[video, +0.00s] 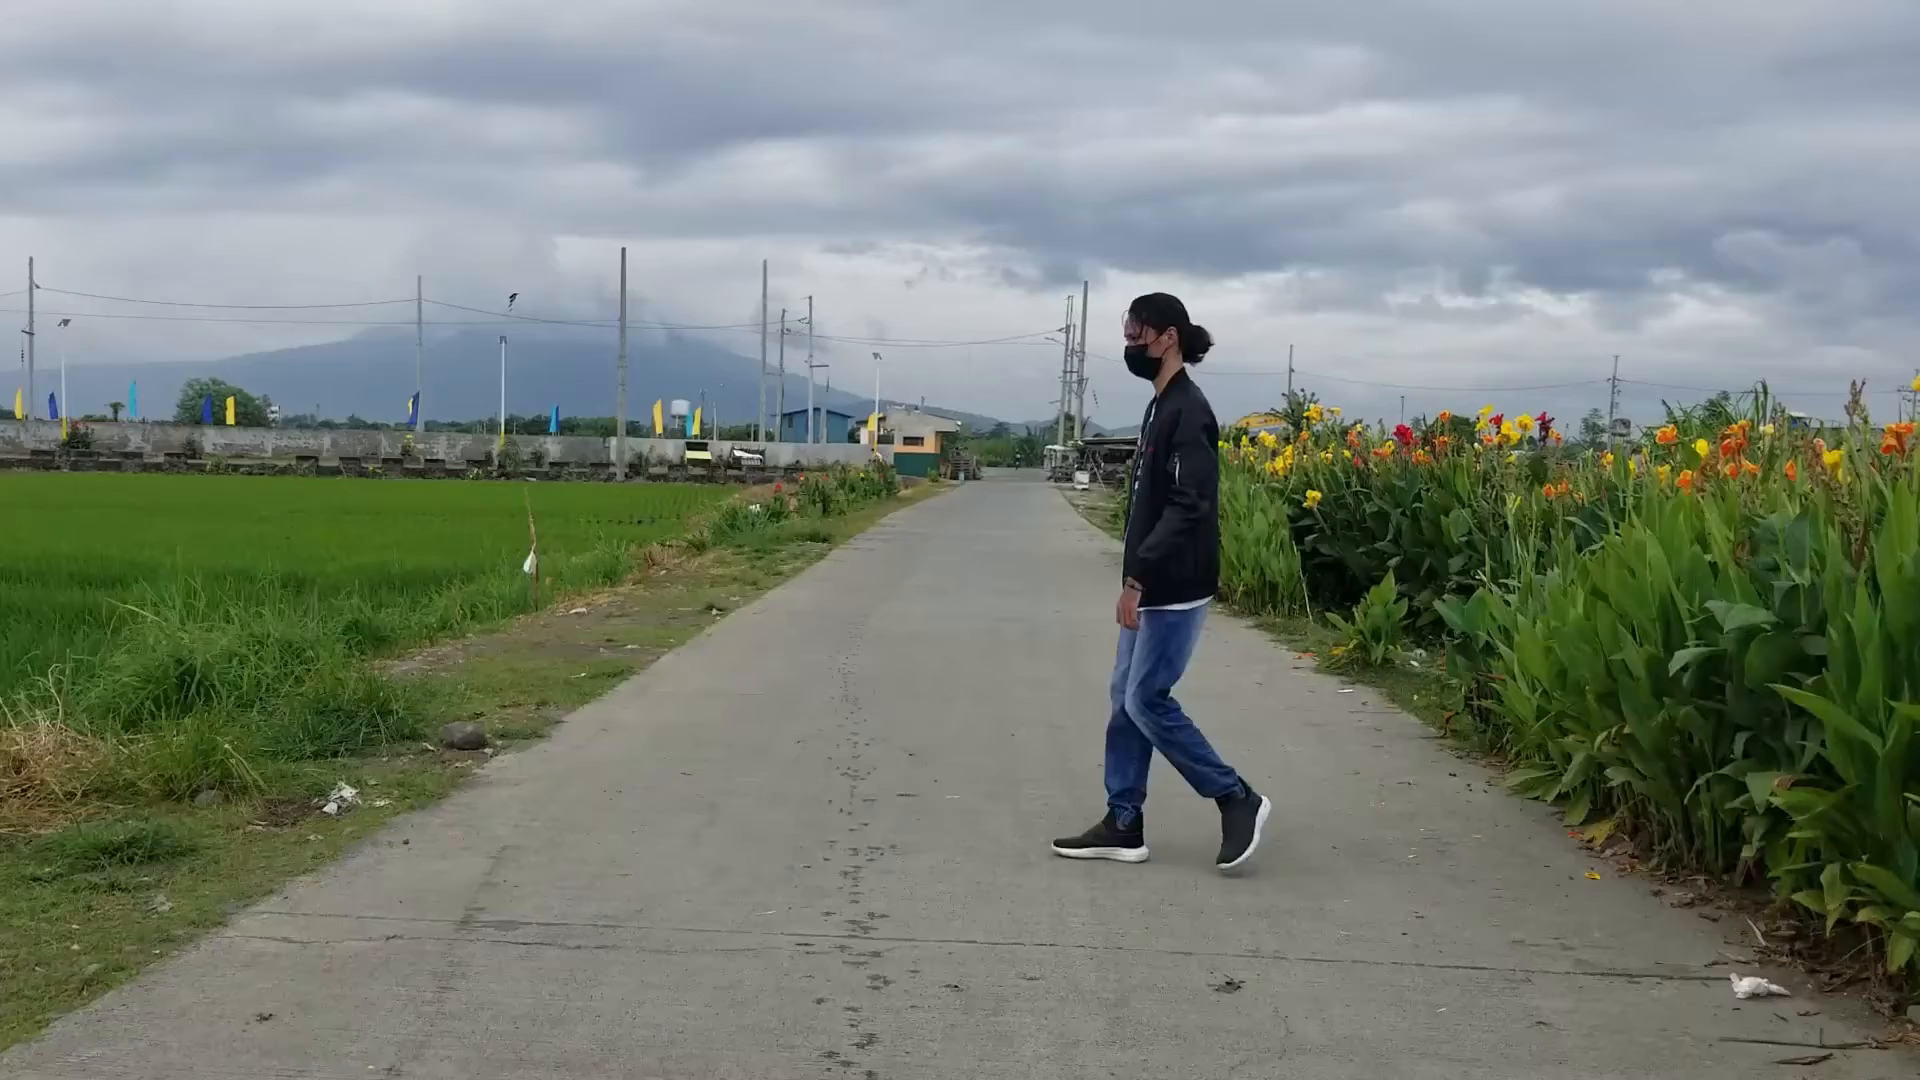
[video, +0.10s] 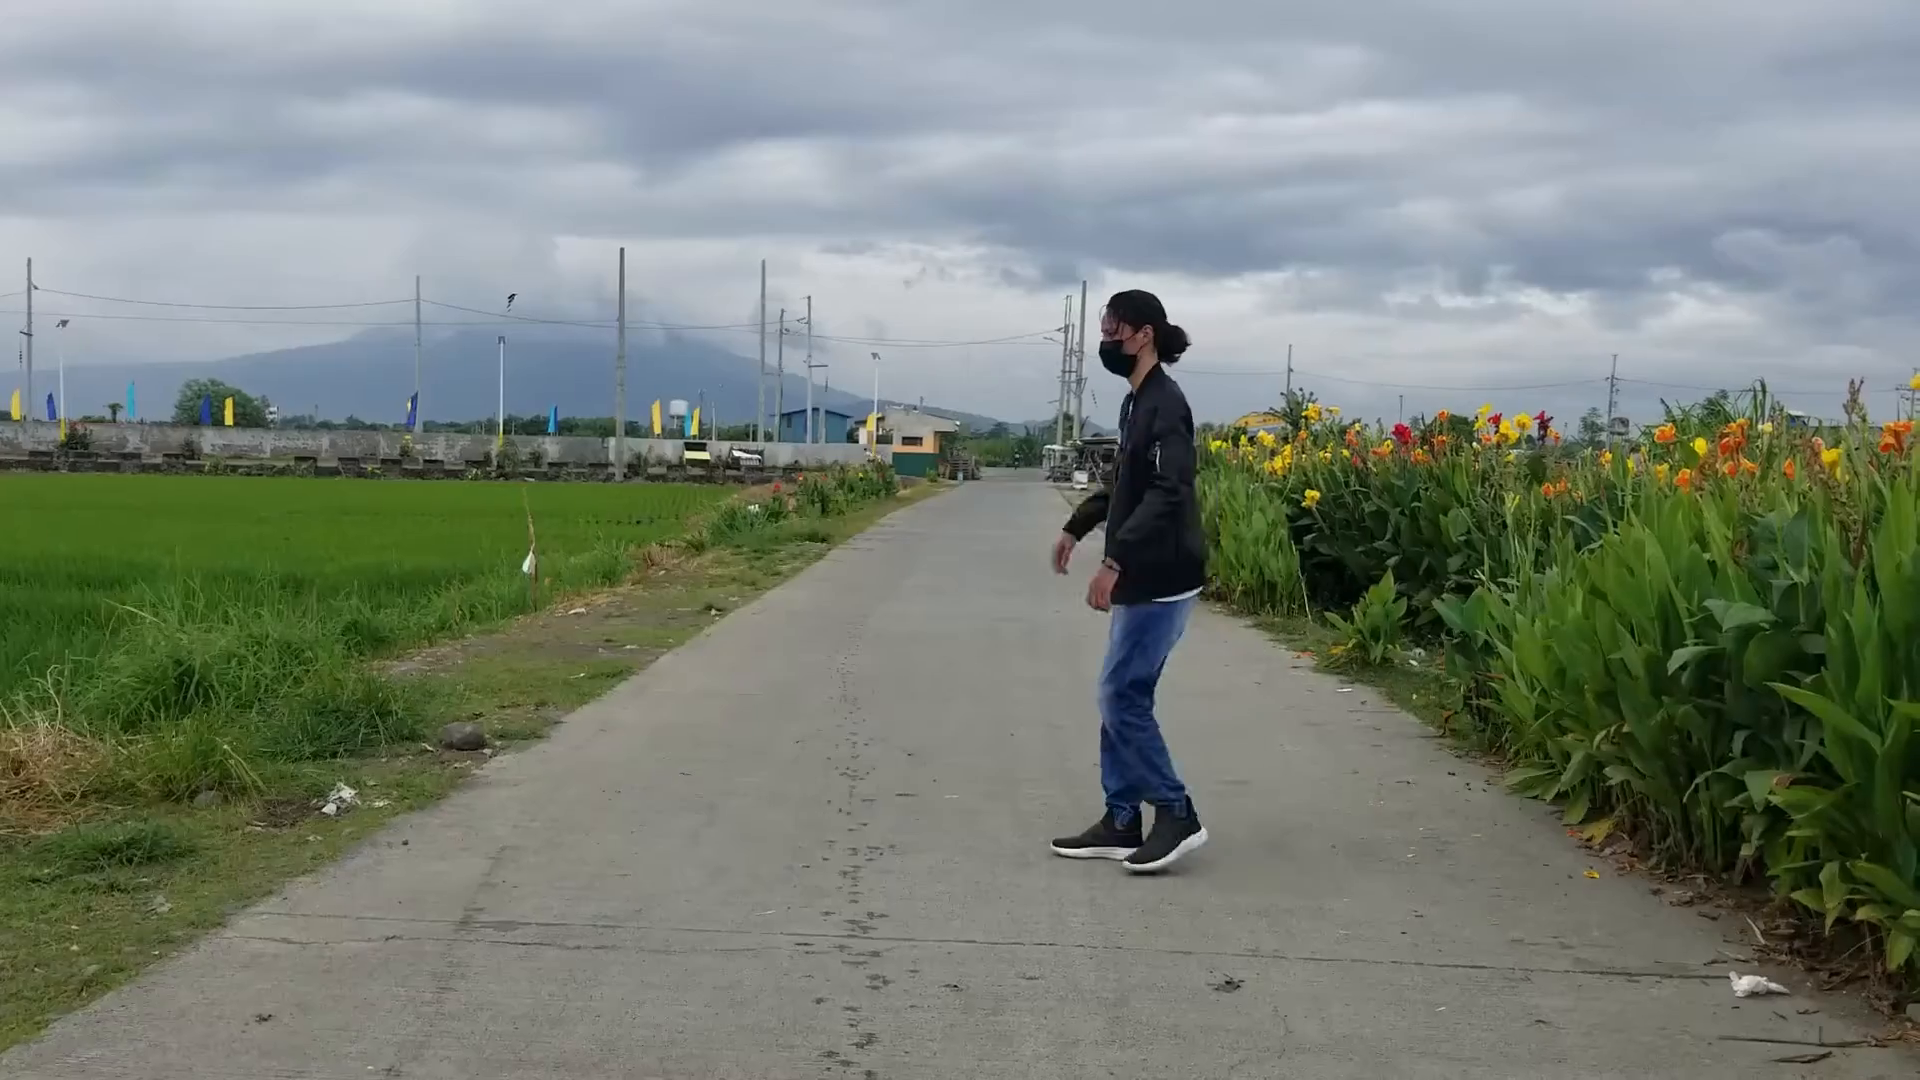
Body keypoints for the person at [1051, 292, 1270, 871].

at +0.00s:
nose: (1132, 338)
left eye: (1141, 329)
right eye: (1131, 330)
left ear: (1170, 336)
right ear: (1157, 340)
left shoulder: (1189, 409)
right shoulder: (1162, 405)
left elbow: (1189, 506)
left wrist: (1137, 579)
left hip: (1179, 587)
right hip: (1149, 583)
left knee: (1145, 700)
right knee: (1124, 700)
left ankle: (1237, 799)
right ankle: (1123, 825)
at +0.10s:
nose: (1105, 333)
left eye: (1114, 324)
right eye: (1105, 324)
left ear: (1144, 332)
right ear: (1135, 334)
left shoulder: (1164, 400)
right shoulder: (1137, 400)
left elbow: (1168, 493)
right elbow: (1123, 484)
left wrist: (1116, 559)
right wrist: (1074, 528)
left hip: (1165, 579)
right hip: (1142, 578)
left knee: (1122, 696)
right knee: (1119, 697)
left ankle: (1176, 814)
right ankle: (1122, 823)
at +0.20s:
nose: (1083, 336)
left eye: (1091, 327)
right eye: (1084, 327)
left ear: (1121, 333)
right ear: (1117, 335)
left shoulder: (1143, 392)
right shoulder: (1120, 394)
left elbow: (1154, 471)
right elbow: (1090, 443)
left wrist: (1119, 537)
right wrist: (1030, 461)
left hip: (1147, 579)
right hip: (1135, 578)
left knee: (1118, 700)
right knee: (1117, 699)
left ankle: (1133, 832)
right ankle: (1117, 820)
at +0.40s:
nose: (1056, 322)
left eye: (1066, 315)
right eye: (1057, 314)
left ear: (1094, 328)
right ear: (1081, 331)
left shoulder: (1111, 390)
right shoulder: (1083, 390)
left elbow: (1164, 458)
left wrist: (1189, 534)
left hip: (1117, 576)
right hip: (1093, 575)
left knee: (1121, 704)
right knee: (1103, 700)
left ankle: (1137, 833)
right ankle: (1117, 820)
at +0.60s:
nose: (1035, 317)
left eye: (1045, 310)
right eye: (1036, 309)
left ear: (1071, 324)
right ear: (1056, 324)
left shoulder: (1090, 389)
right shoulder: (1054, 391)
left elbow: (1136, 468)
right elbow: (1071, 478)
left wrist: (1140, 551)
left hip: (1073, 574)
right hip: (1044, 572)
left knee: (1074, 700)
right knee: (1046, 696)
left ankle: (1126, 826)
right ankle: (1102, 811)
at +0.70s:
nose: (1013, 323)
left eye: (1024, 315)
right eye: (1015, 314)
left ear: (1054, 328)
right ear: (1039, 328)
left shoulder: (1063, 394)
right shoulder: (1029, 385)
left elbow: (1086, 482)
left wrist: (1097, 571)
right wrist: (978, 333)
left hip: (1063, 573)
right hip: (1035, 567)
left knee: (1016, 691)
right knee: (1029, 692)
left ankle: (1080, 804)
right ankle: (1048, 806)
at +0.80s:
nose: (1006, 336)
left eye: (1018, 330)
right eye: (1005, 328)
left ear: (1045, 344)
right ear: (1008, 340)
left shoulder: (1050, 399)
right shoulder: (1001, 393)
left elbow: (1062, 491)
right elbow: (944, 384)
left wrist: (1029, 578)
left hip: (1059, 578)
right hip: (1022, 571)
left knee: (995, 713)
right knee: (1011, 702)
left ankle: (1038, 826)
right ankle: (1034, 811)